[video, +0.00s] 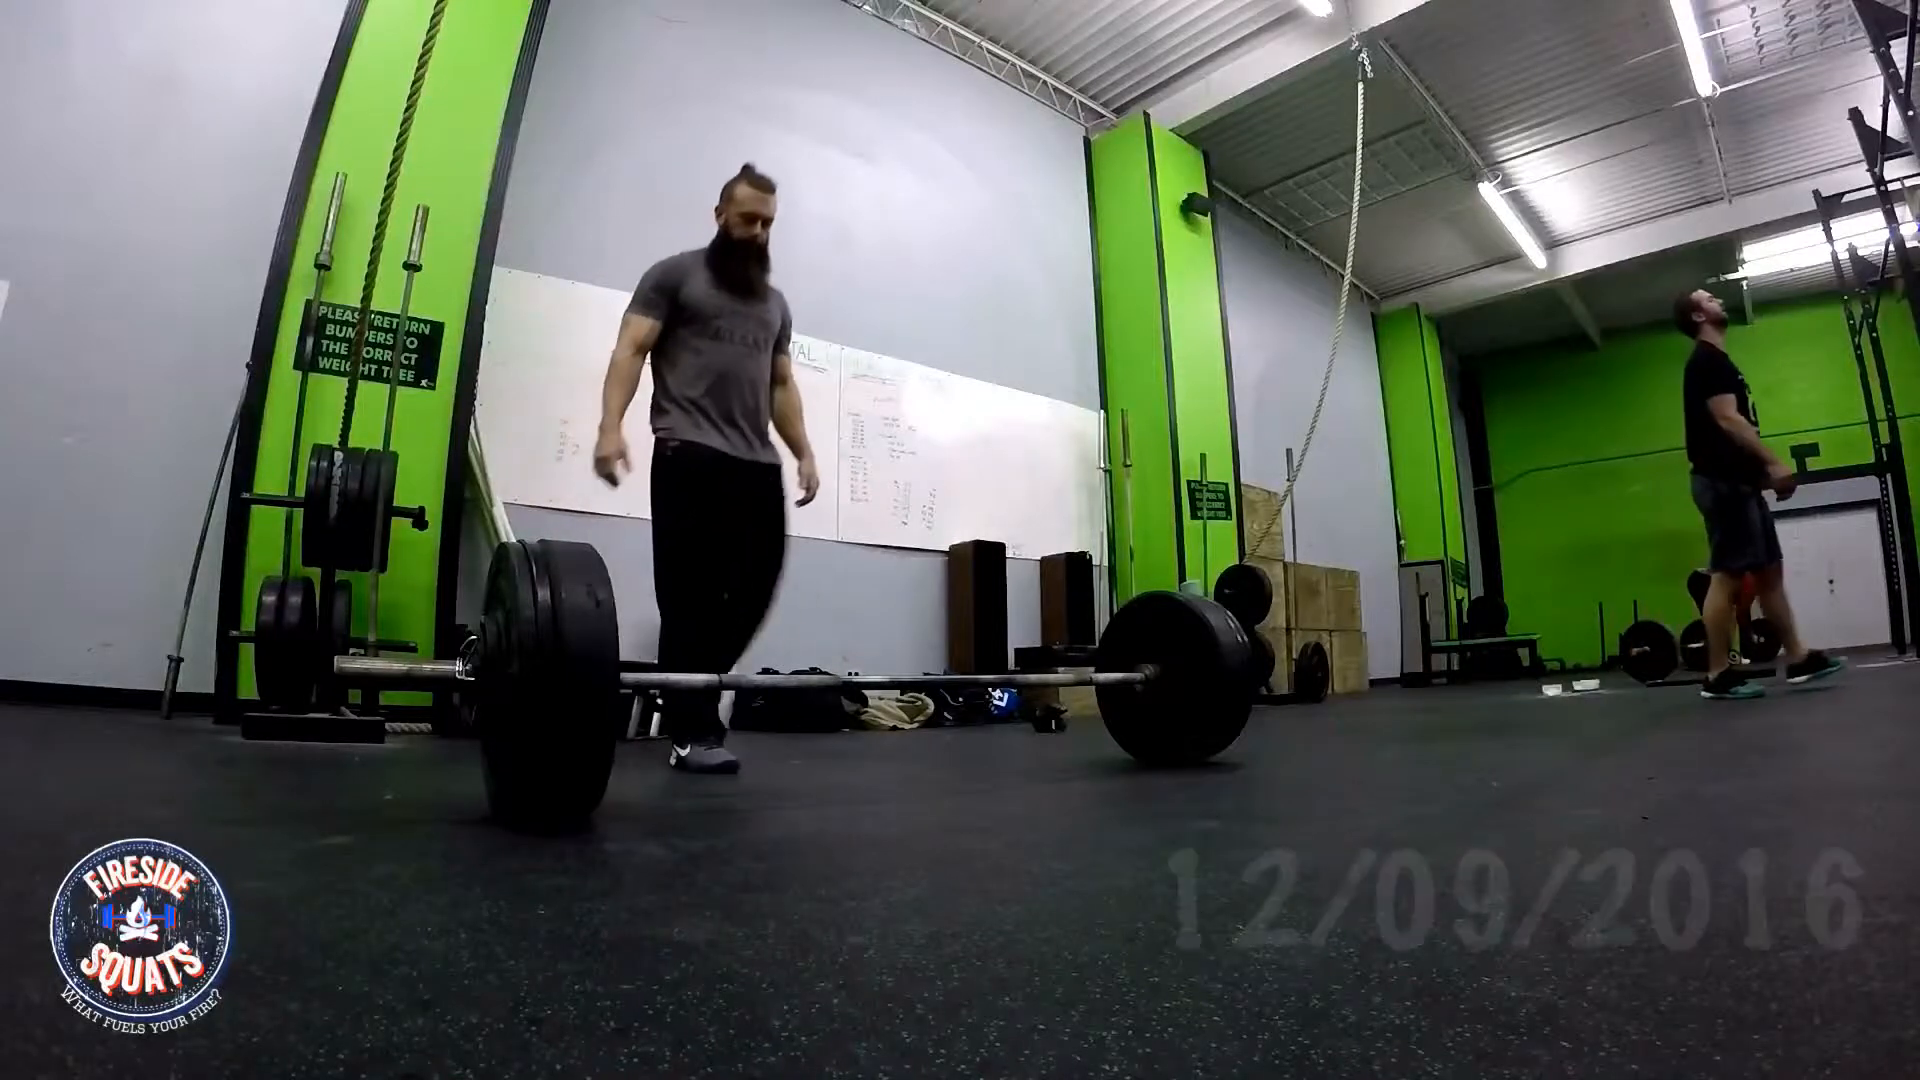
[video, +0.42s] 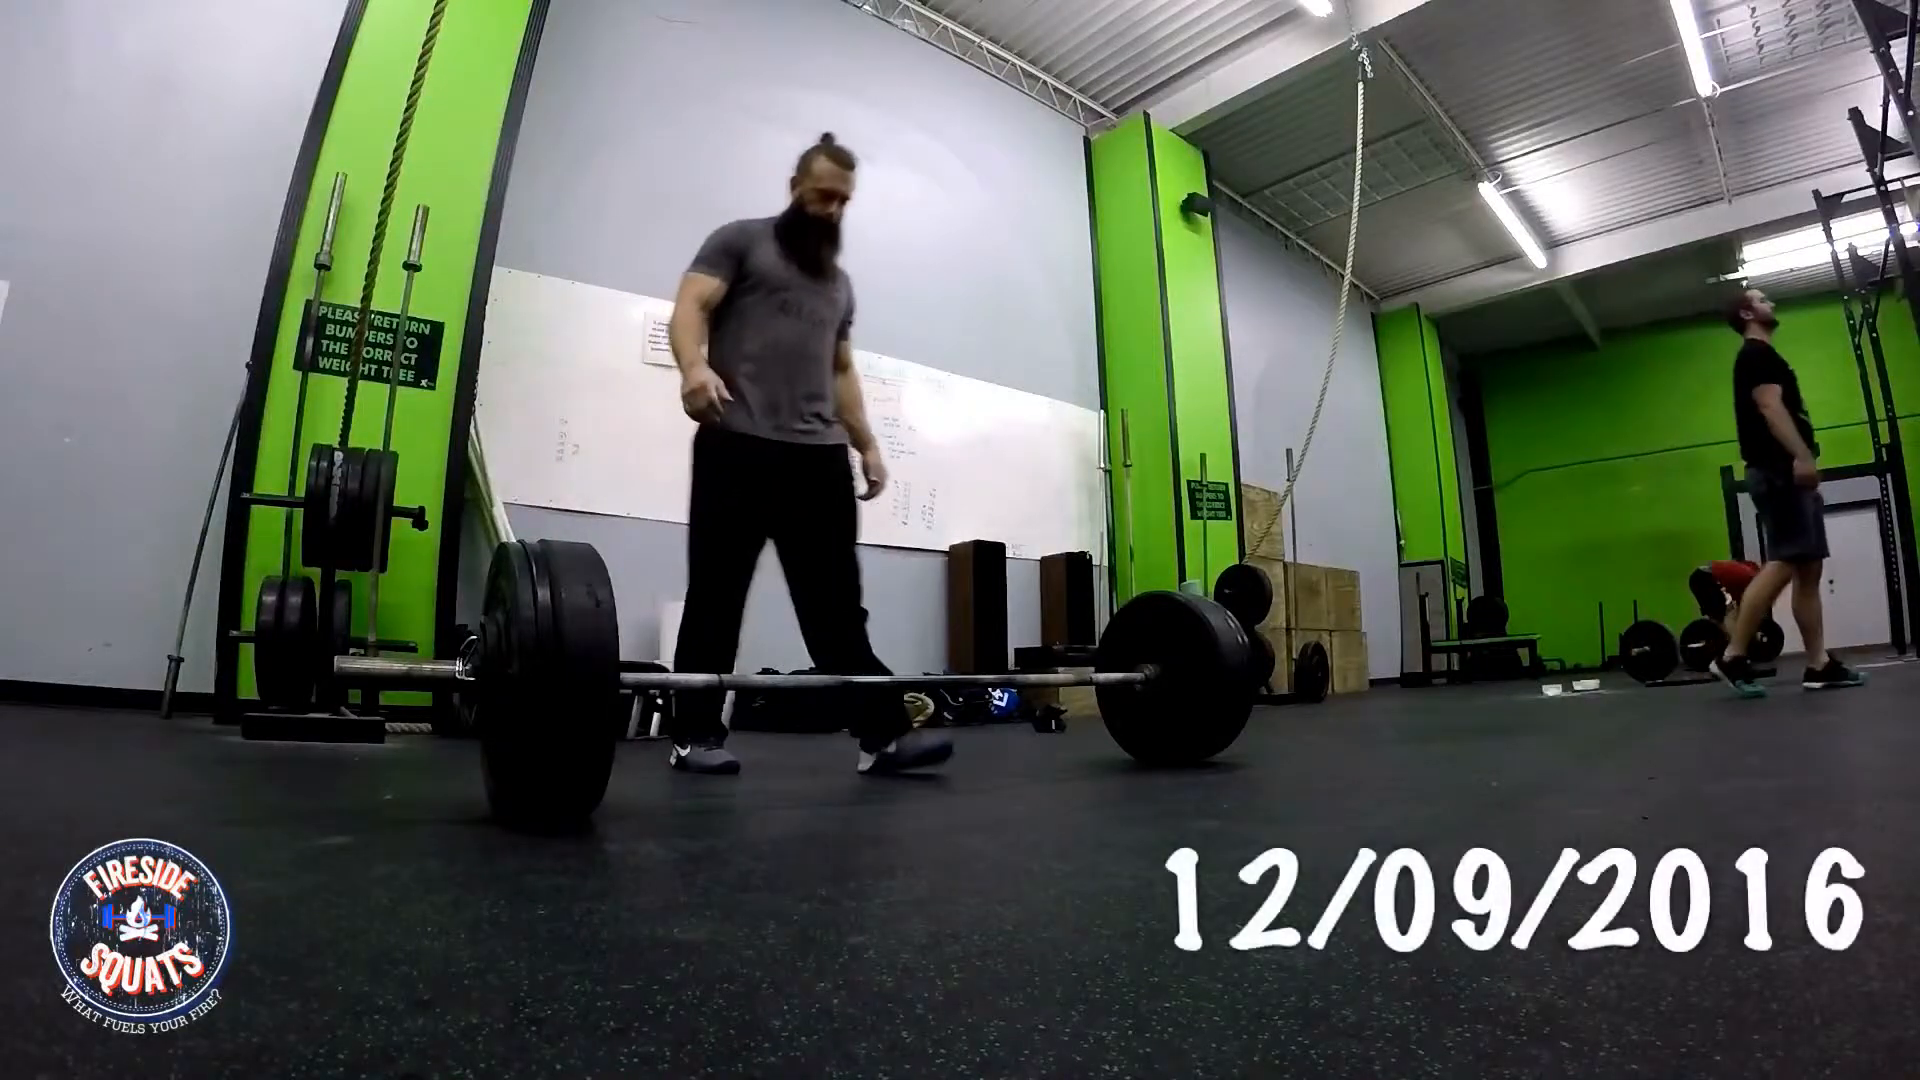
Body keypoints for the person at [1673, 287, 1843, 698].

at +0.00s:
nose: (1719, 300)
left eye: (1713, 295)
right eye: (1710, 297)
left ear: (1702, 316)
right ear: (1699, 314)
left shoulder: (1718, 360)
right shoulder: (1706, 360)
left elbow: (1731, 425)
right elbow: (1728, 419)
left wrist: (1758, 473)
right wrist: (1773, 461)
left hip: (1739, 481)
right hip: (1721, 483)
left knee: (1768, 570)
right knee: (1726, 575)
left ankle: (1796, 657)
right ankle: (1719, 671)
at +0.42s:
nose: (1769, 303)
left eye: (1765, 298)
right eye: (1761, 300)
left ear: (1751, 315)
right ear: (1748, 313)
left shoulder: (1762, 356)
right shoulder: (1757, 355)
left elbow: (1770, 414)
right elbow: (1769, 406)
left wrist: (1797, 462)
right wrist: (1802, 454)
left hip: (1787, 472)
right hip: (1775, 473)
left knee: (1808, 568)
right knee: (1784, 563)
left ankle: (1819, 664)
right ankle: (1733, 657)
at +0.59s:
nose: (1790, 302)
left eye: (1788, 298)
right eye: (1782, 299)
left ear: (1775, 313)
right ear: (1765, 313)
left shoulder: (1785, 357)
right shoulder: (1771, 352)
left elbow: (1803, 427)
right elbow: (1792, 397)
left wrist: (1838, 473)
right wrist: (1844, 403)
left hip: (1804, 472)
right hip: (1796, 473)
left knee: (1816, 566)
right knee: (1833, 555)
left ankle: (1819, 662)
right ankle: (1778, 641)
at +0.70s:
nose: (1799, 303)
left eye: (1797, 298)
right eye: (1790, 300)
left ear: (1788, 312)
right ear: (1773, 313)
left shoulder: (1794, 356)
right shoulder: (1778, 351)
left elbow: (1816, 429)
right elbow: (1802, 392)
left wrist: (1853, 469)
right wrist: (1854, 388)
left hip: (1807, 472)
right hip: (1807, 472)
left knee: (1815, 566)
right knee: (1846, 555)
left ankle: (1819, 662)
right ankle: (1824, 659)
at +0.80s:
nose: (1809, 302)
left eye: (1807, 297)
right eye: (1801, 299)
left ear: (1792, 311)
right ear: (1783, 311)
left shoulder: (1801, 356)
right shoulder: (1787, 351)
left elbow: (1822, 433)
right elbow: (1812, 393)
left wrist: (1866, 466)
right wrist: (1865, 391)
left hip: (1813, 473)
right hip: (1817, 472)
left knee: (1821, 568)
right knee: (1857, 556)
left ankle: (1819, 664)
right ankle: (1867, 658)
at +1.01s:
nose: (1830, 300)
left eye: (1829, 294)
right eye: (1821, 296)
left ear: (1818, 308)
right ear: (1804, 309)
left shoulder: (1813, 349)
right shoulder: (1815, 349)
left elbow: (1833, 410)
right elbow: (1829, 403)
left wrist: (1868, 445)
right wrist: (1867, 449)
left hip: (1824, 467)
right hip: (1840, 466)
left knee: (1831, 563)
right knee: (1890, 553)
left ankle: (1820, 662)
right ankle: (1914, 651)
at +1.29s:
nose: (1872, 279)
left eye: (1869, 274)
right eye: (1864, 277)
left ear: (1851, 293)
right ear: (1847, 292)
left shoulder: (1855, 334)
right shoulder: (1856, 336)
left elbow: (1868, 400)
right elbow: (1869, 400)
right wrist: (1896, 455)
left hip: (1868, 459)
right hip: (1882, 459)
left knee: (1876, 558)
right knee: (1909, 557)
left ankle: (1834, 646)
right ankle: (1916, 653)